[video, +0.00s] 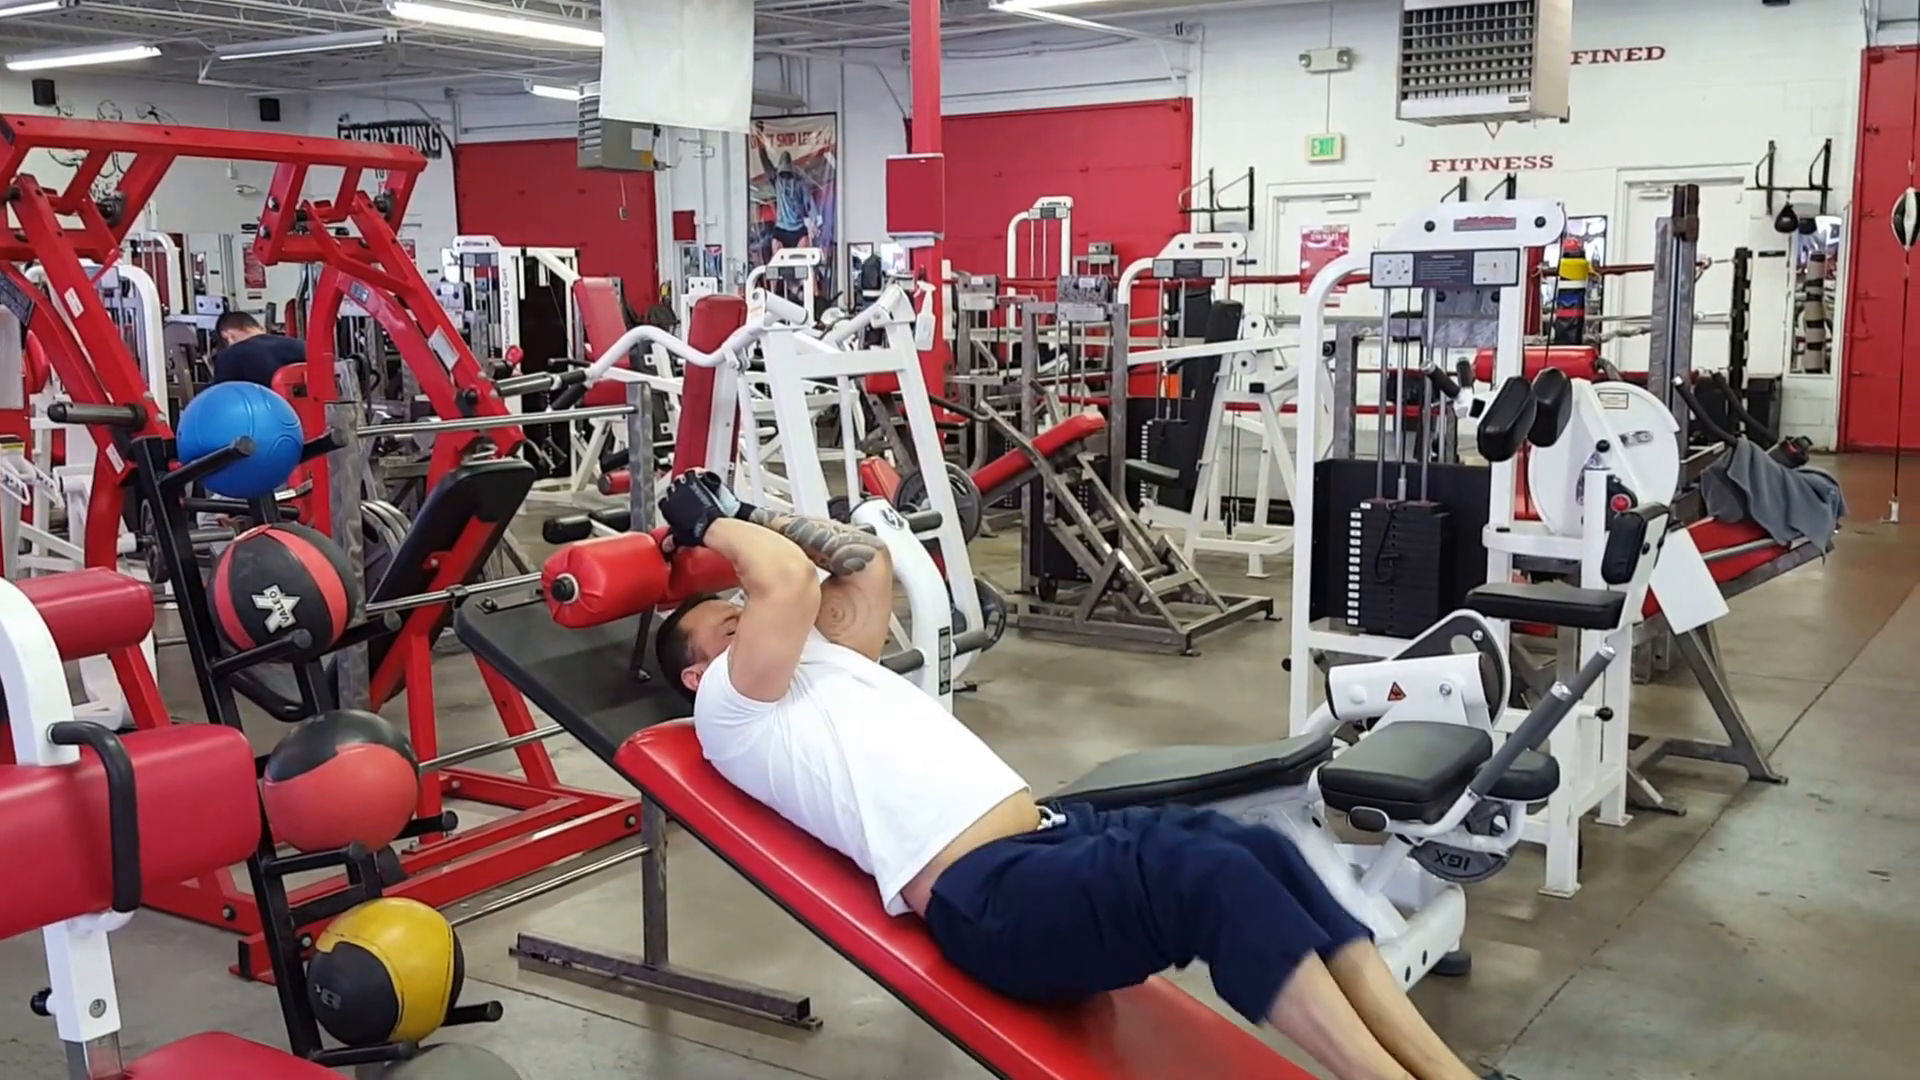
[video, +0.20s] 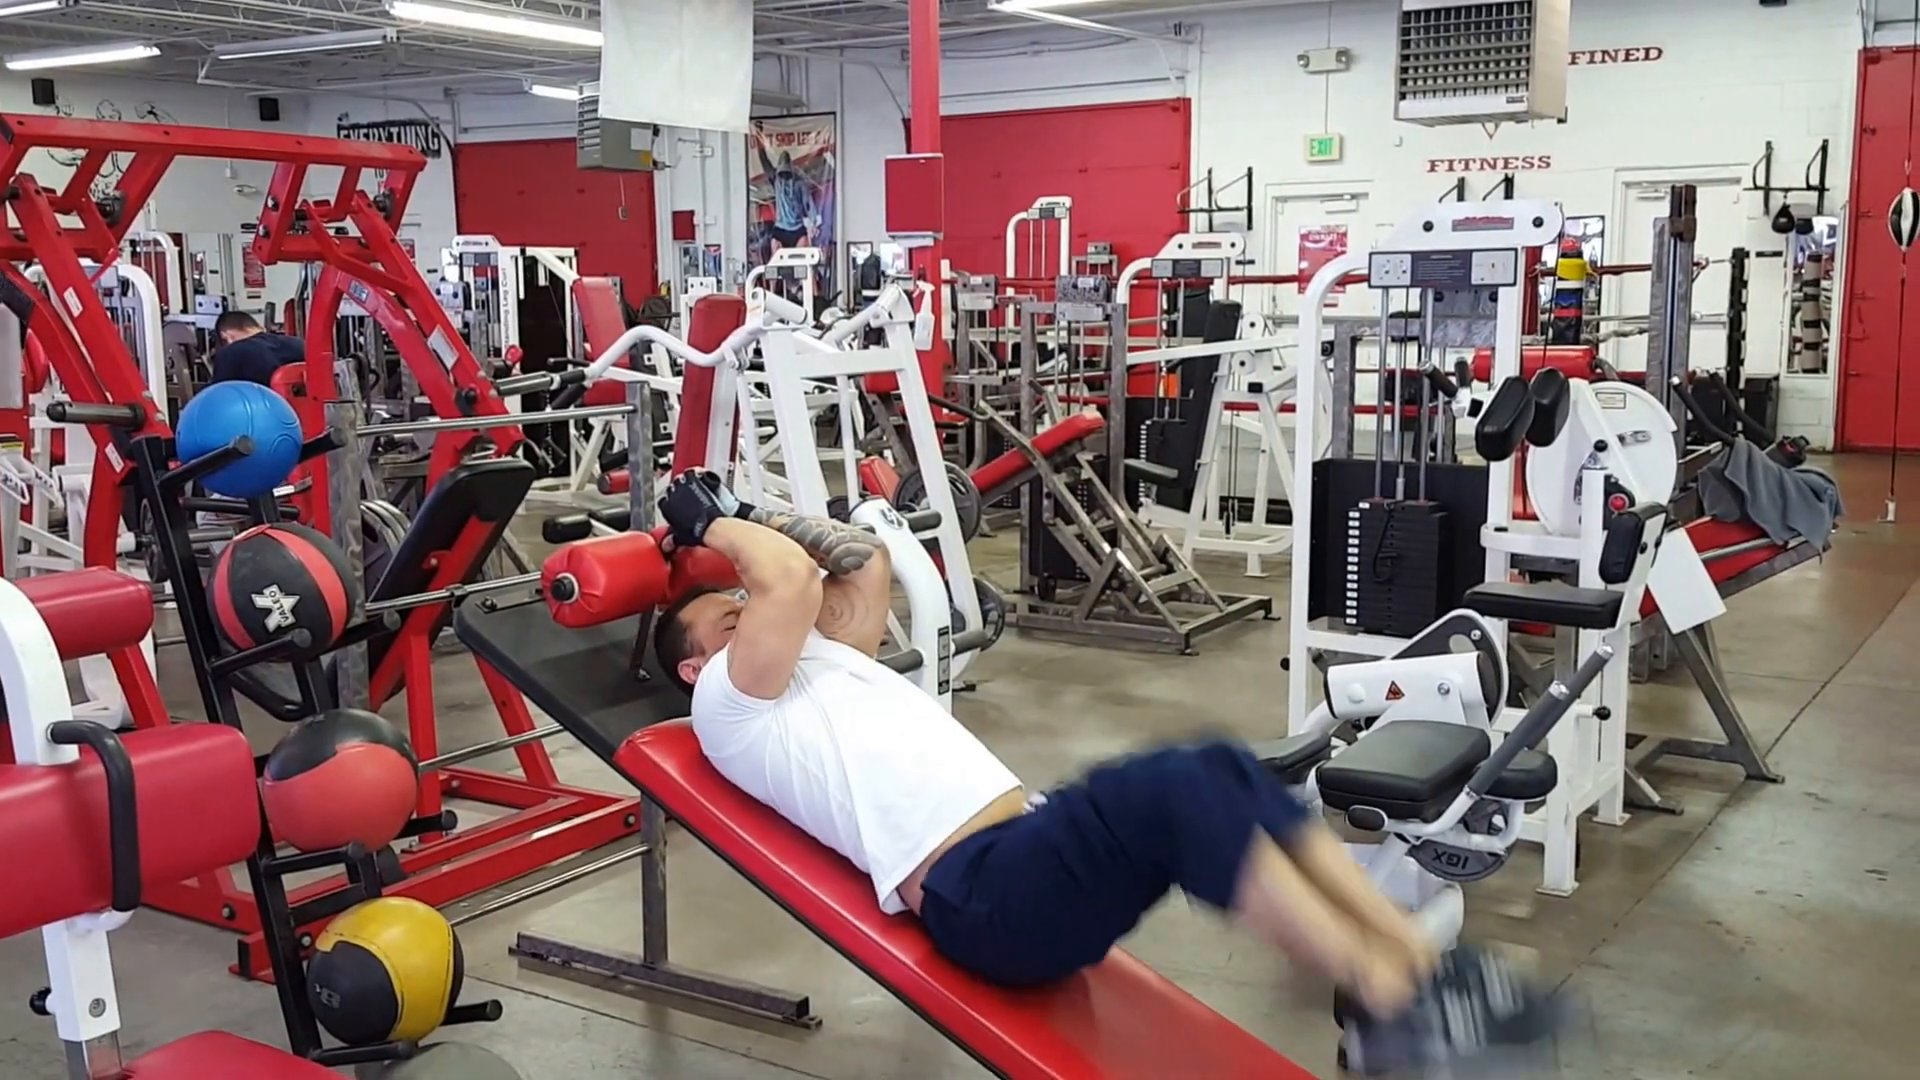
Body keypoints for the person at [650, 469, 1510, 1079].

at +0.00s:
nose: (748, 611)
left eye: (741, 609)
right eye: (721, 616)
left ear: (754, 625)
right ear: (699, 657)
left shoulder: (835, 671)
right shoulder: (729, 705)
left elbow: (874, 566)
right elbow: (784, 571)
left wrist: (764, 525)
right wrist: (707, 524)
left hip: (1058, 831)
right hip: (989, 887)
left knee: (1266, 851)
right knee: (1215, 871)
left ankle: (1434, 1058)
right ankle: (1376, 1072)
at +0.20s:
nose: (751, 602)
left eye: (743, 600)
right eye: (725, 607)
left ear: (751, 623)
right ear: (698, 648)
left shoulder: (832, 668)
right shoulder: (727, 701)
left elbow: (873, 560)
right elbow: (788, 574)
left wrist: (767, 537)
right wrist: (704, 526)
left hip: (1036, 842)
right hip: (974, 889)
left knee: (1230, 769)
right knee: (1178, 790)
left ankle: (1430, 968)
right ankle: (1385, 1005)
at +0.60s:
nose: (732, 616)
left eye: (727, 609)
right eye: (709, 616)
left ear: (739, 613)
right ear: (673, 662)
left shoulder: (803, 659)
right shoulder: (703, 692)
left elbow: (860, 600)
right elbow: (786, 576)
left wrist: (768, 533)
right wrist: (710, 519)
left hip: (1046, 757)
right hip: (969, 789)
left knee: (940, 557)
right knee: (894, 551)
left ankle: (1073, 378)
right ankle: (1054, 377)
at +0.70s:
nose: (719, 608)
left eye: (713, 602)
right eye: (697, 613)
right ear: (670, 665)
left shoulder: (784, 664)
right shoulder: (699, 695)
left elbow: (848, 603)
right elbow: (781, 578)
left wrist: (764, 563)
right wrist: (711, 525)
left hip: (1033, 712)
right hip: (960, 740)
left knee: (940, 509)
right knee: (877, 504)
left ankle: (1002, 293)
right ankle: (990, 285)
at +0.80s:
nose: (710, 608)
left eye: (704, 604)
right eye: (688, 616)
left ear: (720, 610)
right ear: (664, 664)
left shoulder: (780, 658)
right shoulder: (697, 693)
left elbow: (864, 595)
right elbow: (772, 572)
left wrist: (754, 541)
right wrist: (704, 515)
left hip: (1027, 682)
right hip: (958, 706)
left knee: (955, 469)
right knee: (894, 465)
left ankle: (987, 222)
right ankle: (959, 208)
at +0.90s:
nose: (719, 607)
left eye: (712, 604)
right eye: (696, 614)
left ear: (729, 613)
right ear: (668, 666)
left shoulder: (788, 664)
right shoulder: (702, 695)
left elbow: (858, 589)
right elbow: (772, 573)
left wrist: (756, 523)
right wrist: (704, 518)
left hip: (1033, 679)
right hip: (964, 698)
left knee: (961, 462)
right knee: (898, 459)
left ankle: (991, 217)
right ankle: (961, 201)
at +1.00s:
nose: (710, 606)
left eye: (704, 605)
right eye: (691, 613)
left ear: (712, 625)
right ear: (676, 658)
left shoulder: (786, 668)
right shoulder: (704, 698)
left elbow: (850, 598)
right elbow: (775, 577)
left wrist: (746, 531)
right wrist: (711, 519)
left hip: (1036, 697)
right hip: (964, 719)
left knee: (949, 496)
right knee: (889, 477)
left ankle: (1014, 264)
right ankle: (994, 247)